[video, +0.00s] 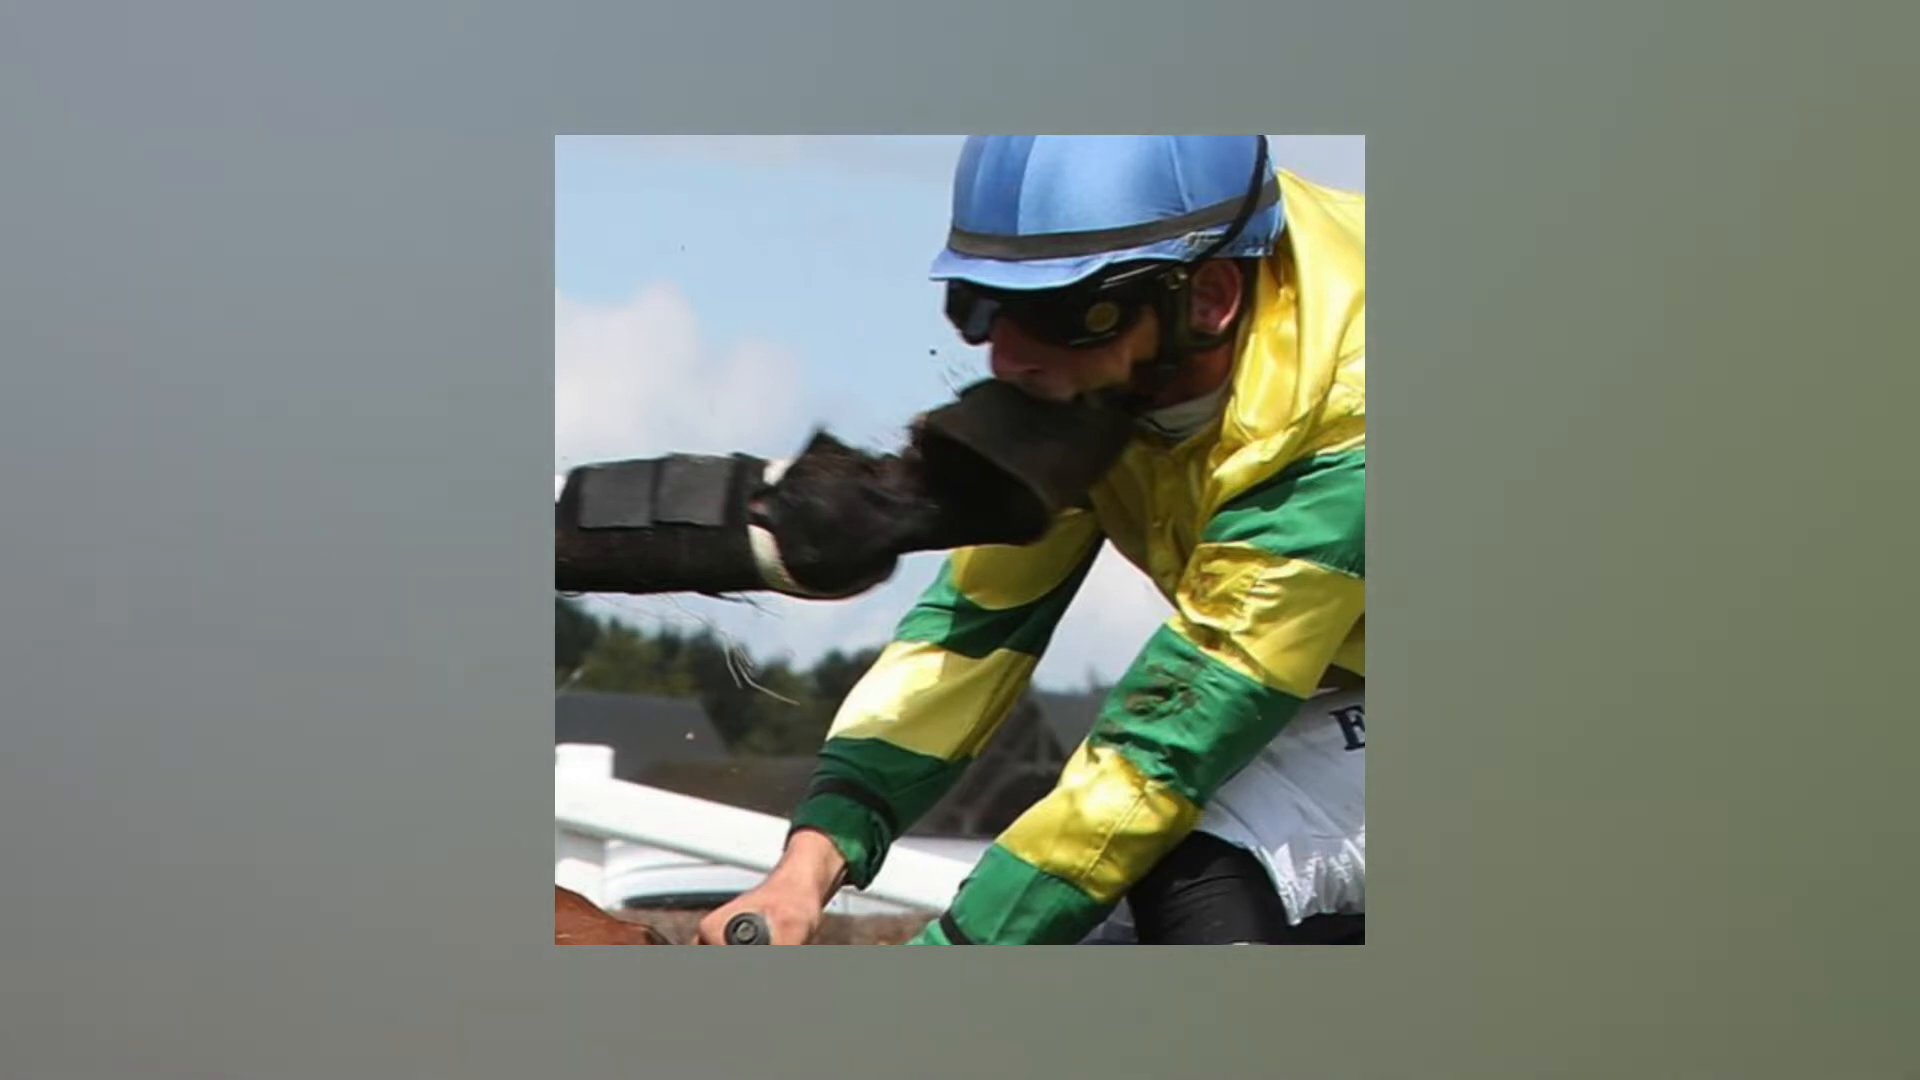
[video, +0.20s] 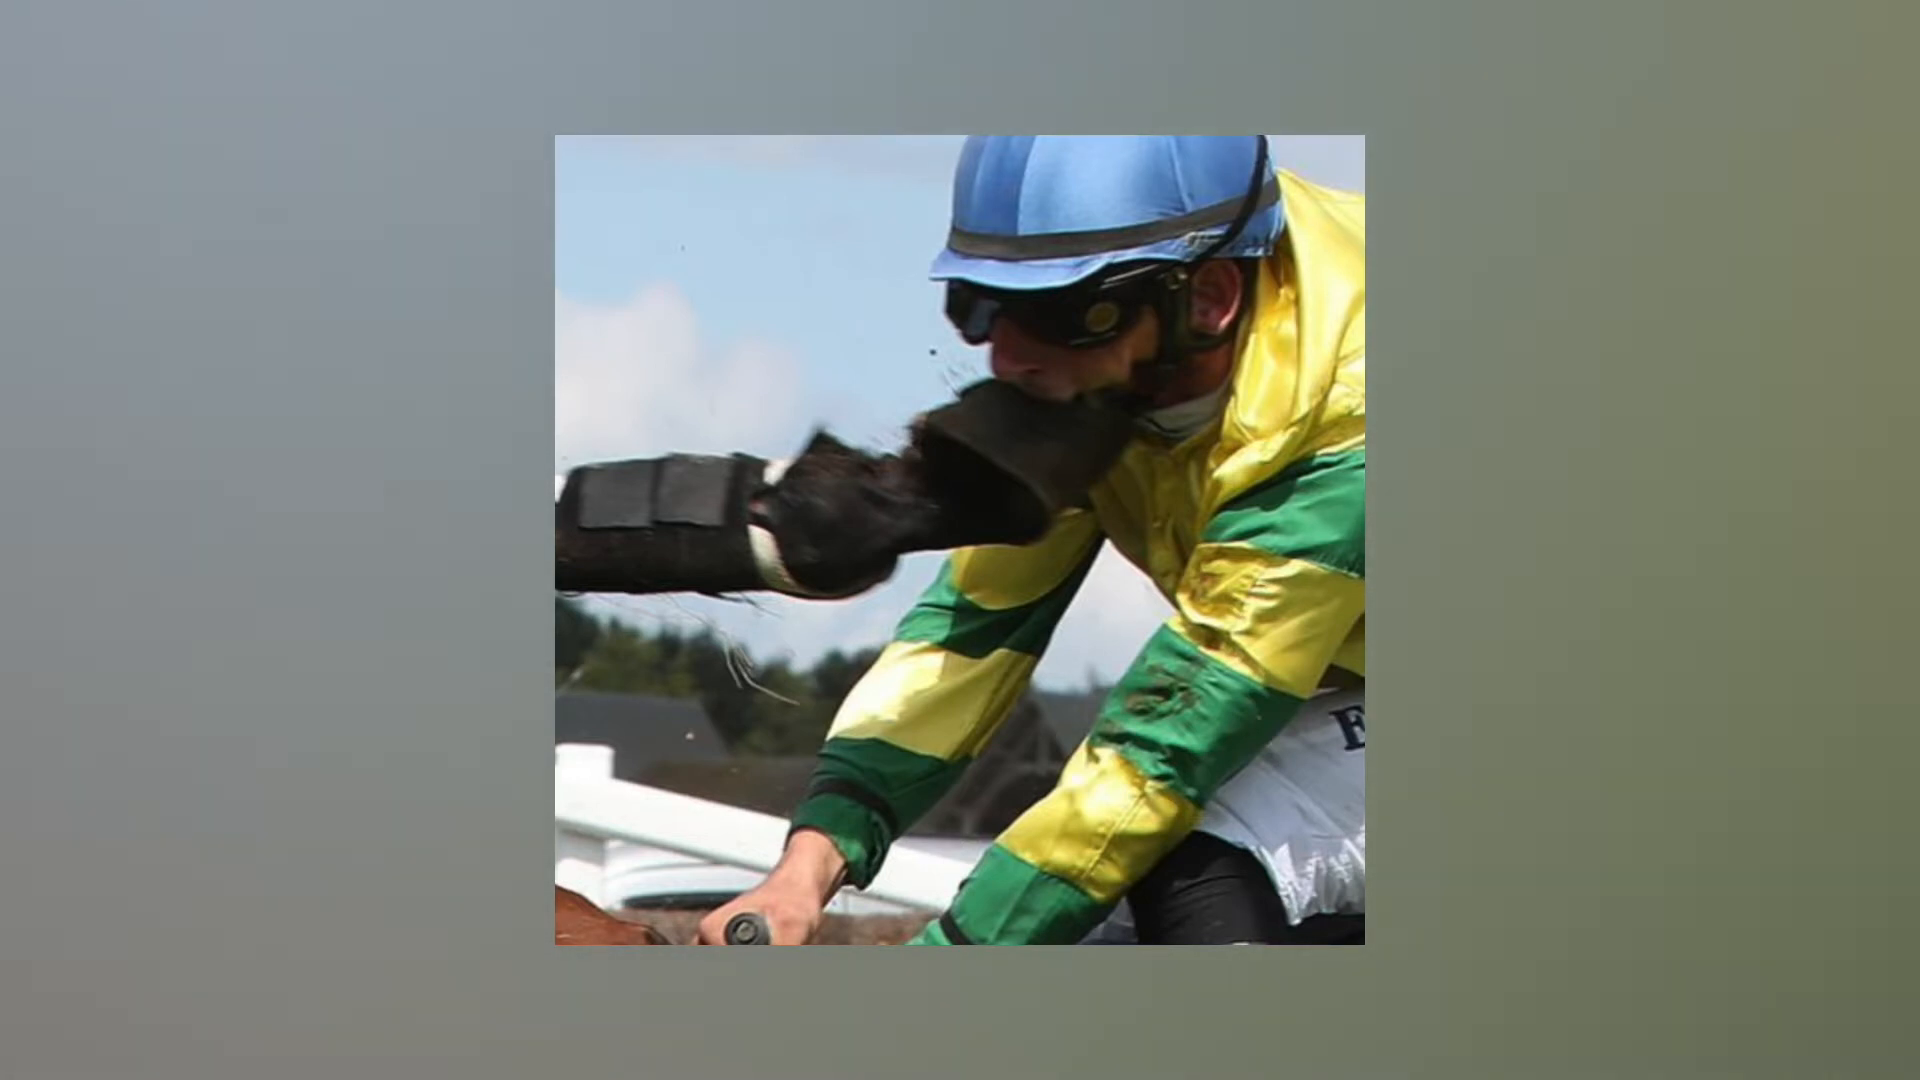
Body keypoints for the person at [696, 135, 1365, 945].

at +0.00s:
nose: (1005, 358)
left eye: (1056, 319)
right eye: (989, 309)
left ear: (1210, 298)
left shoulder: (1341, 429)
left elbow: (1160, 751)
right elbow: (969, 623)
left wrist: (933, 965)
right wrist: (805, 871)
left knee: (1204, 865)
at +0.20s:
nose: (1005, 358)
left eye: (1056, 319)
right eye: (989, 309)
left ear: (1210, 298)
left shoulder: (1341, 429)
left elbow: (1160, 751)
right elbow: (969, 623)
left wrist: (934, 965)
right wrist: (805, 871)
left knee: (1204, 864)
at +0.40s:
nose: (1005, 358)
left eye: (1056, 319)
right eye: (989, 309)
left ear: (1209, 298)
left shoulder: (1341, 429)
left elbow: (1161, 751)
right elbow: (969, 623)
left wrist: (932, 967)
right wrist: (805, 871)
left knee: (1204, 864)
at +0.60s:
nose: (1005, 358)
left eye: (1056, 319)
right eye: (989, 310)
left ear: (1209, 298)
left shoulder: (1341, 428)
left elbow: (1161, 751)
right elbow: (969, 623)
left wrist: (930, 969)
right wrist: (805, 871)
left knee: (1204, 864)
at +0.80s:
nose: (1005, 358)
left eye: (1056, 319)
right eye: (989, 309)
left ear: (1209, 298)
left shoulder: (1341, 429)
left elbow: (1161, 751)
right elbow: (969, 623)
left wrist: (934, 964)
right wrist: (805, 871)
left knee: (1204, 864)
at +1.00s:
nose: (1005, 359)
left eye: (1056, 319)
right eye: (989, 310)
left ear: (1209, 298)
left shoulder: (1341, 429)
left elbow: (1161, 751)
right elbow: (969, 623)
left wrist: (933, 965)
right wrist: (805, 871)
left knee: (1204, 865)